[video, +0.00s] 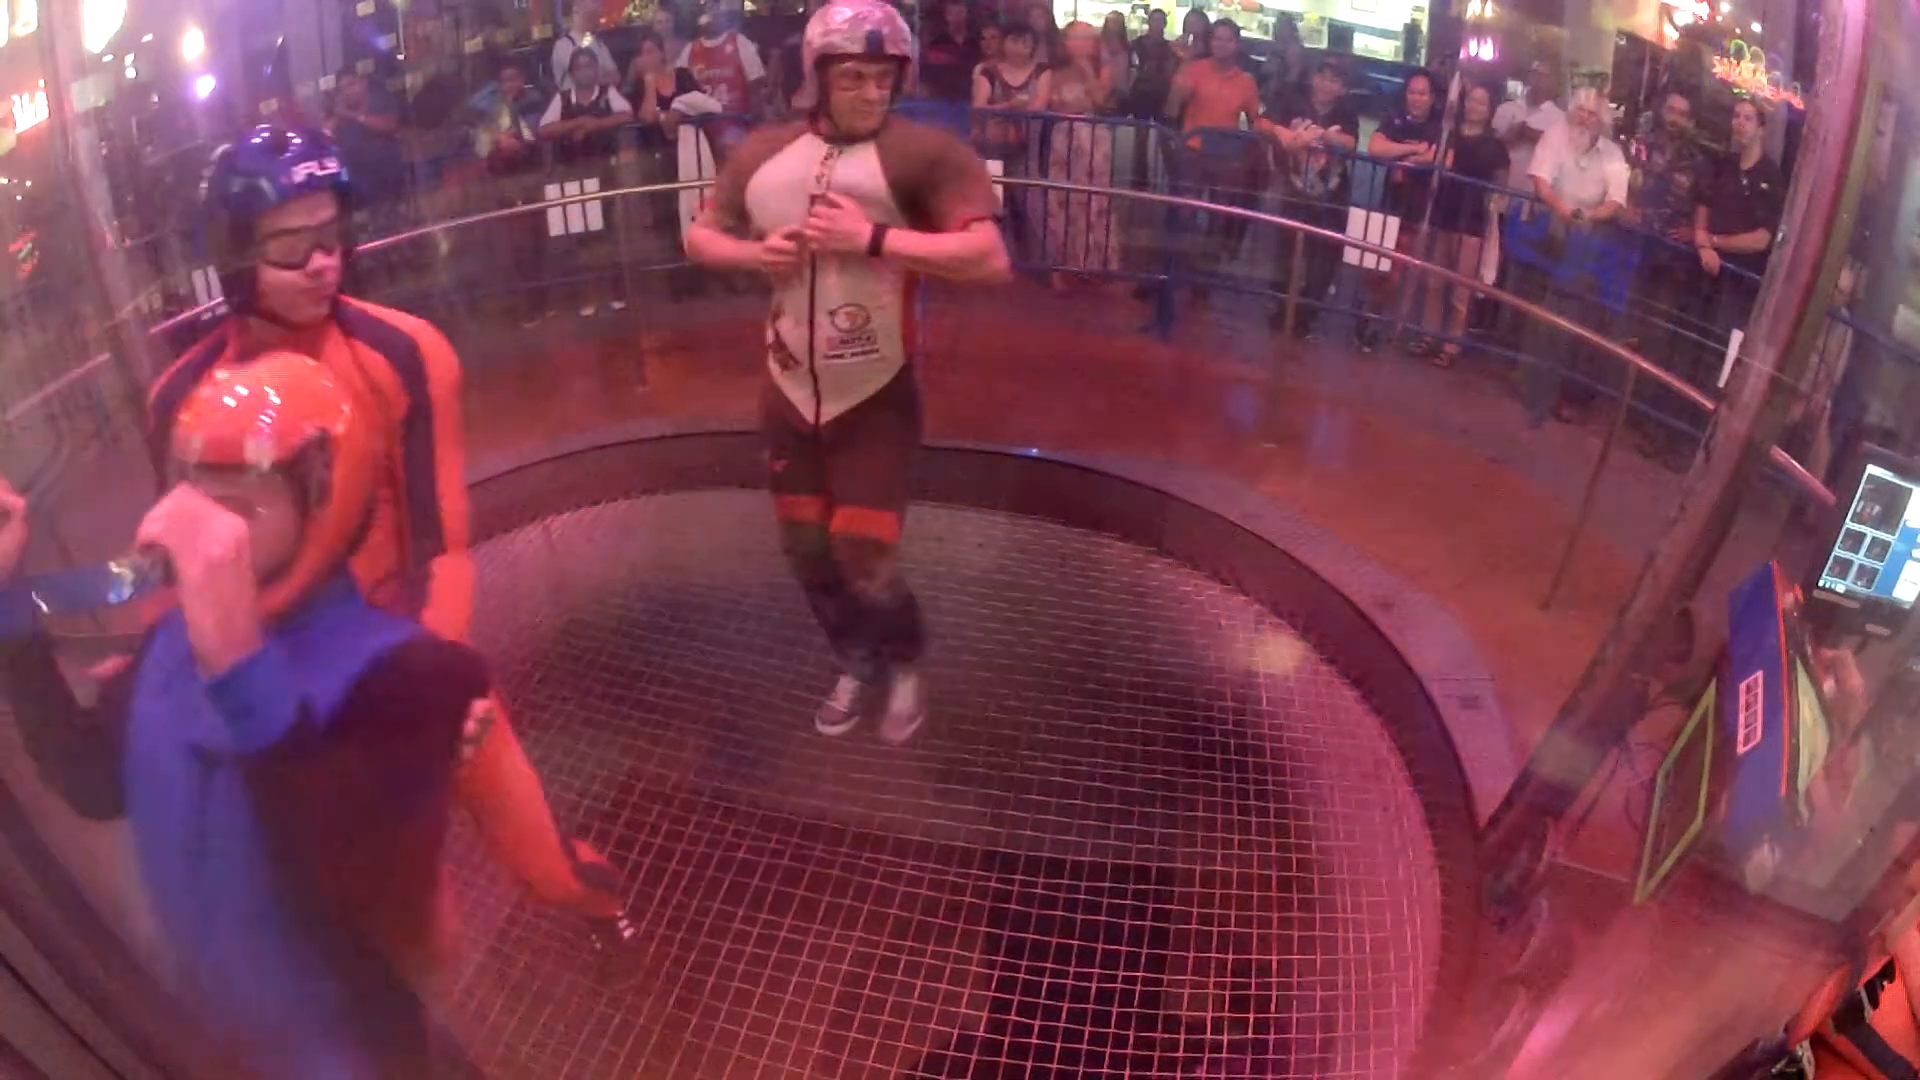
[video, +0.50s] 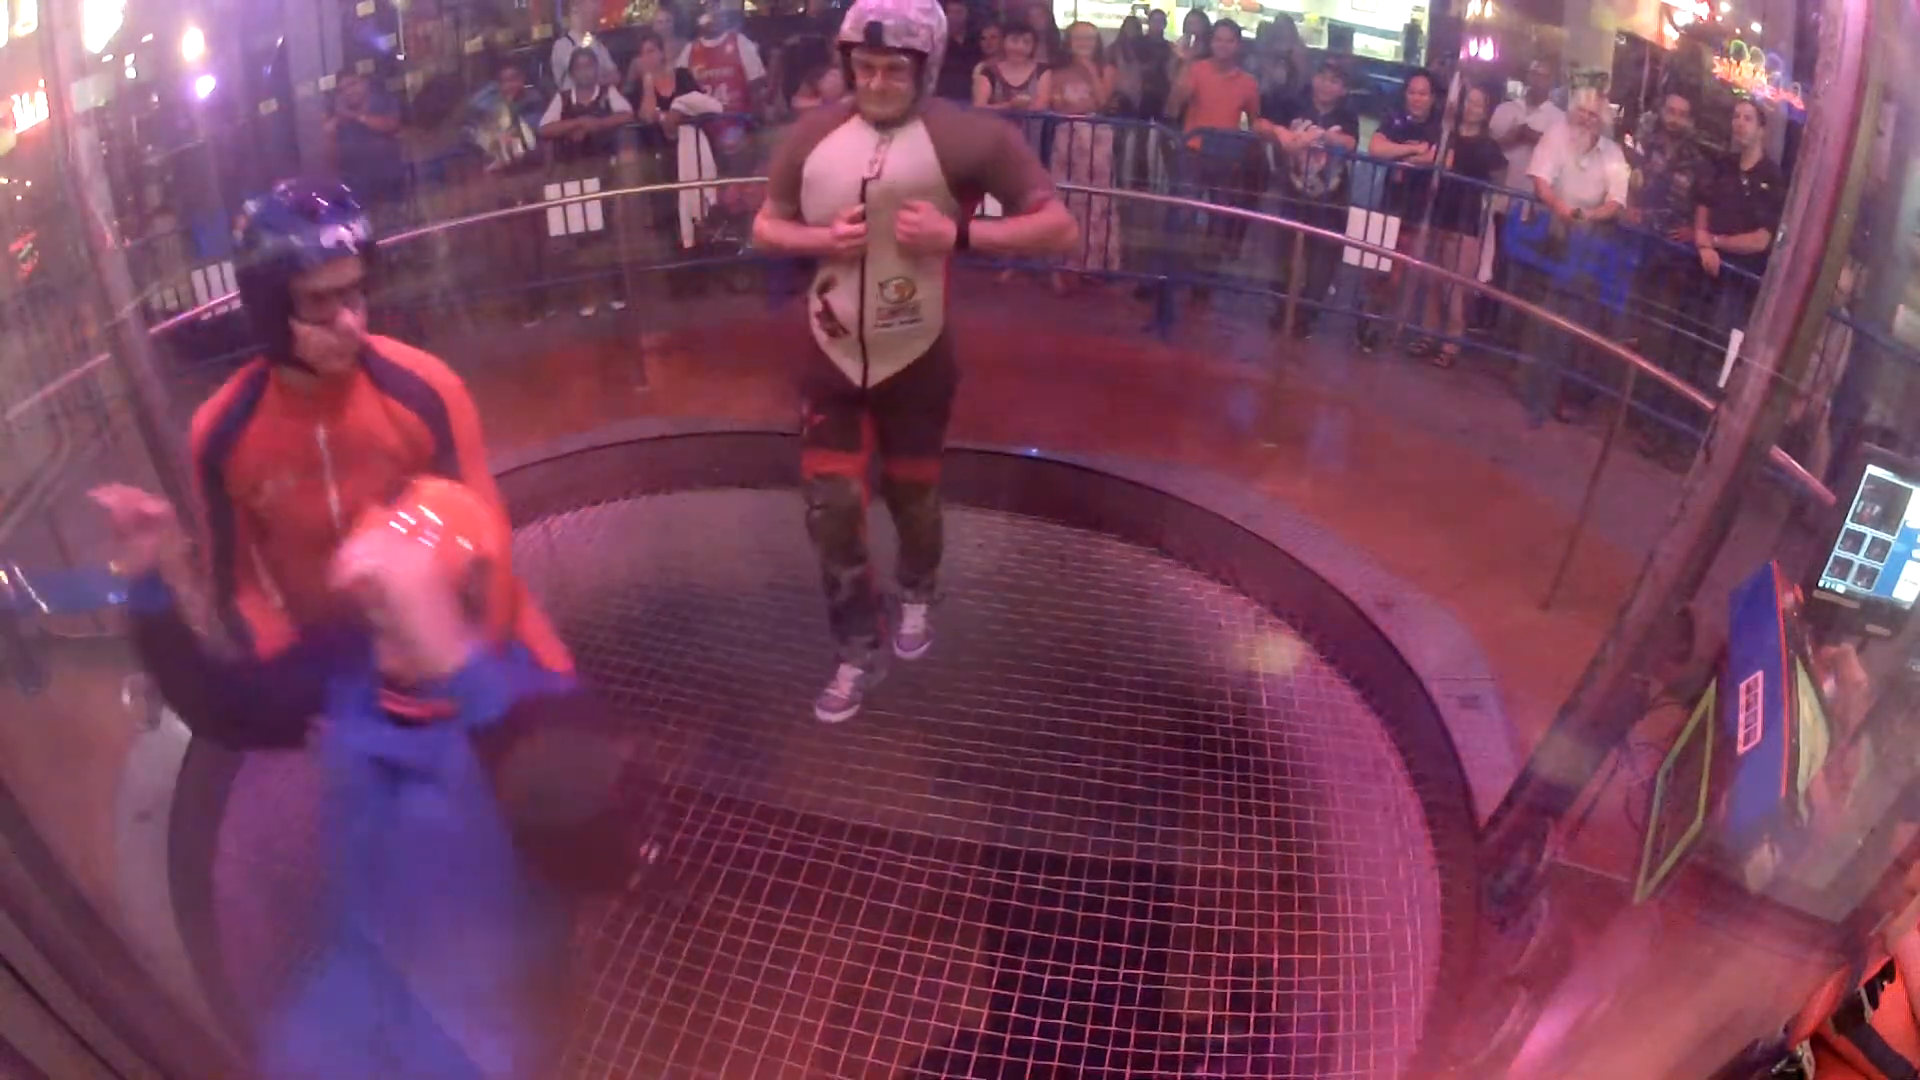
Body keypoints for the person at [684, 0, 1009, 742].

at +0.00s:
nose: (869, 91)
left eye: (882, 77)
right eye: (852, 77)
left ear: (897, 81)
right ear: (821, 79)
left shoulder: (926, 155)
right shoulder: (765, 154)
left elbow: (990, 258)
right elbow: (697, 238)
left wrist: (872, 237)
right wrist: (754, 252)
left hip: (877, 391)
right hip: (789, 390)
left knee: (862, 560)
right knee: (805, 549)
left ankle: (903, 662)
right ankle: (854, 664)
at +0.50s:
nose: (878, 81)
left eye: (895, 68)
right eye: (865, 66)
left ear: (925, 70)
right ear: (846, 64)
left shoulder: (973, 138)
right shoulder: (808, 137)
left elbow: (1059, 227)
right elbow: (764, 228)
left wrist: (959, 235)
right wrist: (822, 238)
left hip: (919, 357)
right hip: (832, 356)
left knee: (911, 495)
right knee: (831, 508)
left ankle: (917, 596)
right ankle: (855, 652)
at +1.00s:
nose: (877, 79)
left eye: (893, 68)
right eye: (866, 66)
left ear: (923, 66)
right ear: (851, 64)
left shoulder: (973, 130)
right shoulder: (823, 124)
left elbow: (1047, 219)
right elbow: (754, 193)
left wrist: (950, 225)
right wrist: (820, 225)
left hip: (931, 339)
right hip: (849, 337)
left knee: (922, 487)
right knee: (839, 489)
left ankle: (915, 596)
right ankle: (855, 640)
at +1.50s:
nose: (852, 95)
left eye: (867, 81)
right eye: (839, 81)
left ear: (895, 72)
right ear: (821, 73)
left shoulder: (945, 120)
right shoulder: (795, 122)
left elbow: (1029, 193)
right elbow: (732, 205)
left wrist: (947, 207)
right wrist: (800, 231)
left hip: (912, 329)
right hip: (830, 331)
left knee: (911, 477)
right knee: (822, 485)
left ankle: (917, 596)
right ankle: (849, 622)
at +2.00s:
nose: (783, 102)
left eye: (796, 89)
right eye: (769, 90)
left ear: (821, 80)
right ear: (751, 86)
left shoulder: (873, 132)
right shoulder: (724, 146)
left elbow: (959, 190)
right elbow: (658, 222)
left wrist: (896, 198)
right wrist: (731, 235)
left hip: (858, 339)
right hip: (776, 346)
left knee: (887, 490)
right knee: (779, 492)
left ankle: (890, 599)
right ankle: (797, 599)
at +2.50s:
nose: (810, 103)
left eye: (822, 90)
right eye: (796, 91)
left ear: (843, 82)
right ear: (774, 83)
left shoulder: (881, 133)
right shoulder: (733, 144)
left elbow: (947, 194)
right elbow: (673, 227)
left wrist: (900, 213)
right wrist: (749, 260)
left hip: (866, 329)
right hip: (784, 337)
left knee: (908, 474)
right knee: (787, 481)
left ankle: (903, 557)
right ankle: (801, 599)